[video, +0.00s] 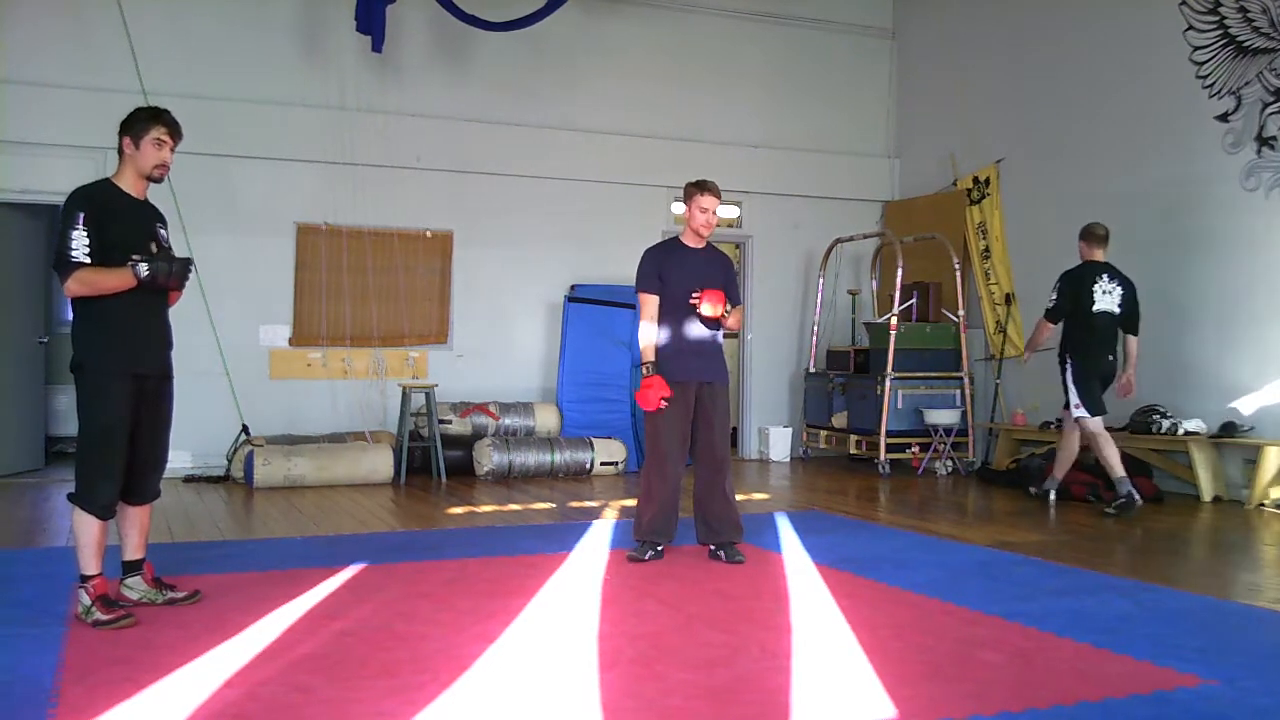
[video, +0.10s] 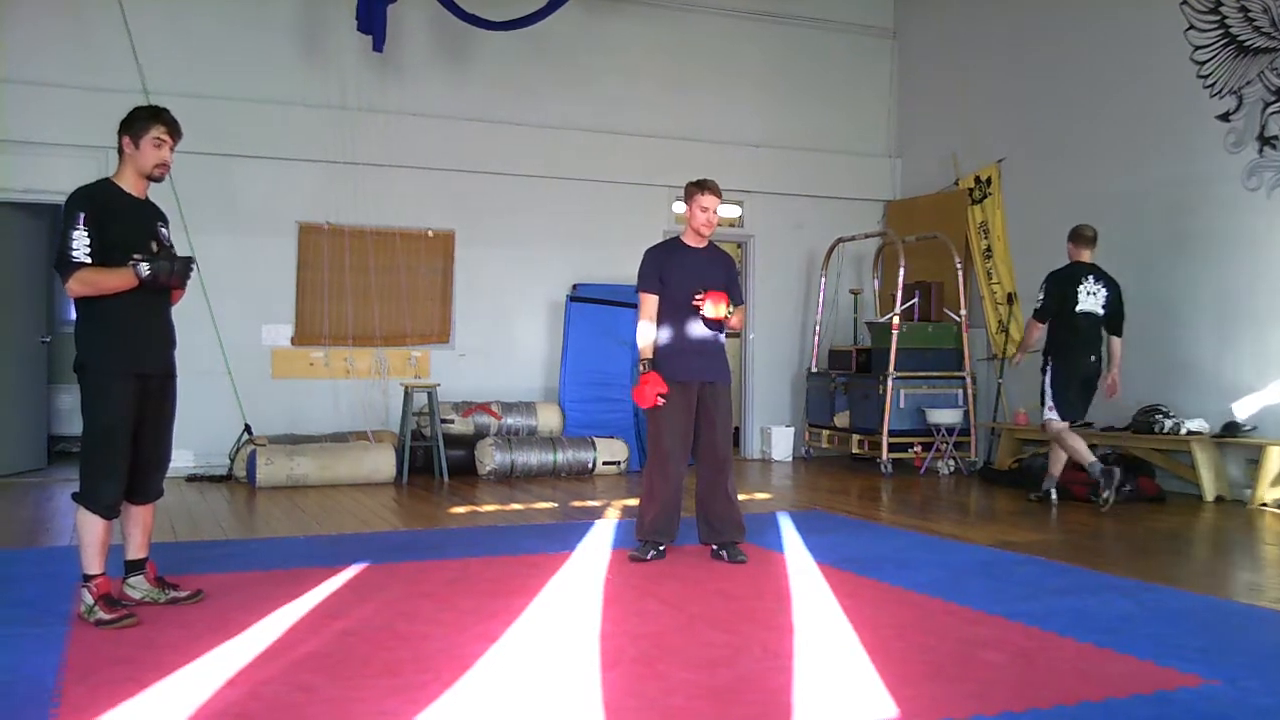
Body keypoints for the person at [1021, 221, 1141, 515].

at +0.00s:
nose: (1079, 249)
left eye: (1079, 245)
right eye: (1081, 245)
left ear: (1082, 245)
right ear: (1106, 247)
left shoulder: (1072, 278)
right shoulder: (1124, 283)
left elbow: (1048, 324)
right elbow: (1131, 332)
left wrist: (1029, 347)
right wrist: (1130, 371)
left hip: (1077, 361)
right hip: (1107, 363)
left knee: (1093, 428)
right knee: (1072, 423)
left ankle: (1125, 492)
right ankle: (1050, 486)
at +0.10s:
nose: (1069, 250)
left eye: (1069, 245)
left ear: (1070, 246)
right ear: (1094, 248)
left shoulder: (1058, 278)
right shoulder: (1110, 284)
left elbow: (1037, 324)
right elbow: (1115, 333)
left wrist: (1022, 349)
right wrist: (1114, 370)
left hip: (1061, 360)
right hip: (1091, 363)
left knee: (1053, 425)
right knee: (1063, 427)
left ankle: (1101, 472)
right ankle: (1048, 487)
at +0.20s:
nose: (1030, 249)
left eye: (1026, 244)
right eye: (1038, 246)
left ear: (1024, 244)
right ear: (1048, 247)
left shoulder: (1010, 275)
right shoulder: (1062, 282)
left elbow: (994, 321)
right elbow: (1065, 331)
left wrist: (980, 353)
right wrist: (1060, 364)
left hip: (1012, 355)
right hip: (1043, 359)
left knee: (991, 413)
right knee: (1020, 418)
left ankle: (1031, 460)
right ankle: (1014, 482)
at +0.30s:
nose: (999, 249)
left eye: (995, 243)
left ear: (993, 243)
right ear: (1017, 246)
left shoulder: (978, 273)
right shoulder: (1030, 279)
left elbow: (964, 319)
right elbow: (1033, 328)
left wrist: (952, 353)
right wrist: (1021, 355)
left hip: (980, 351)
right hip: (1011, 354)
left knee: (962, 407)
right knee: (996, 415)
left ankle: (970, 470)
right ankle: (994, 480)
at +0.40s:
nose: (987, 249)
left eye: (983, 244)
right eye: (995, 246)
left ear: (979, 244)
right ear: (1003, 246)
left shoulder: (964, 271)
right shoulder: (1017, 277)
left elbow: (952, 317)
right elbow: (1021, 326)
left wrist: (943, 352)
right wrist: (1009, 350)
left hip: (965, 352)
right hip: (1000, 354)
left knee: (954, 413)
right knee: (993, 414)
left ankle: (940, 472)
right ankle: (994, 478)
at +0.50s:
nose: (977, 251)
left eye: (972, 246)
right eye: (984, 247)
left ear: (967, 245)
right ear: (990, 248)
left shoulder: (949, 274)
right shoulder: (1003, 279)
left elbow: (938, 318)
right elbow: (1010, 328)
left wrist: (930, 353)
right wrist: (997, 350)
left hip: (953, 352)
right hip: (988, 354)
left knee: (944, 412)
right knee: (984, 414)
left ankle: (929, 468)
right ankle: (991, 474)